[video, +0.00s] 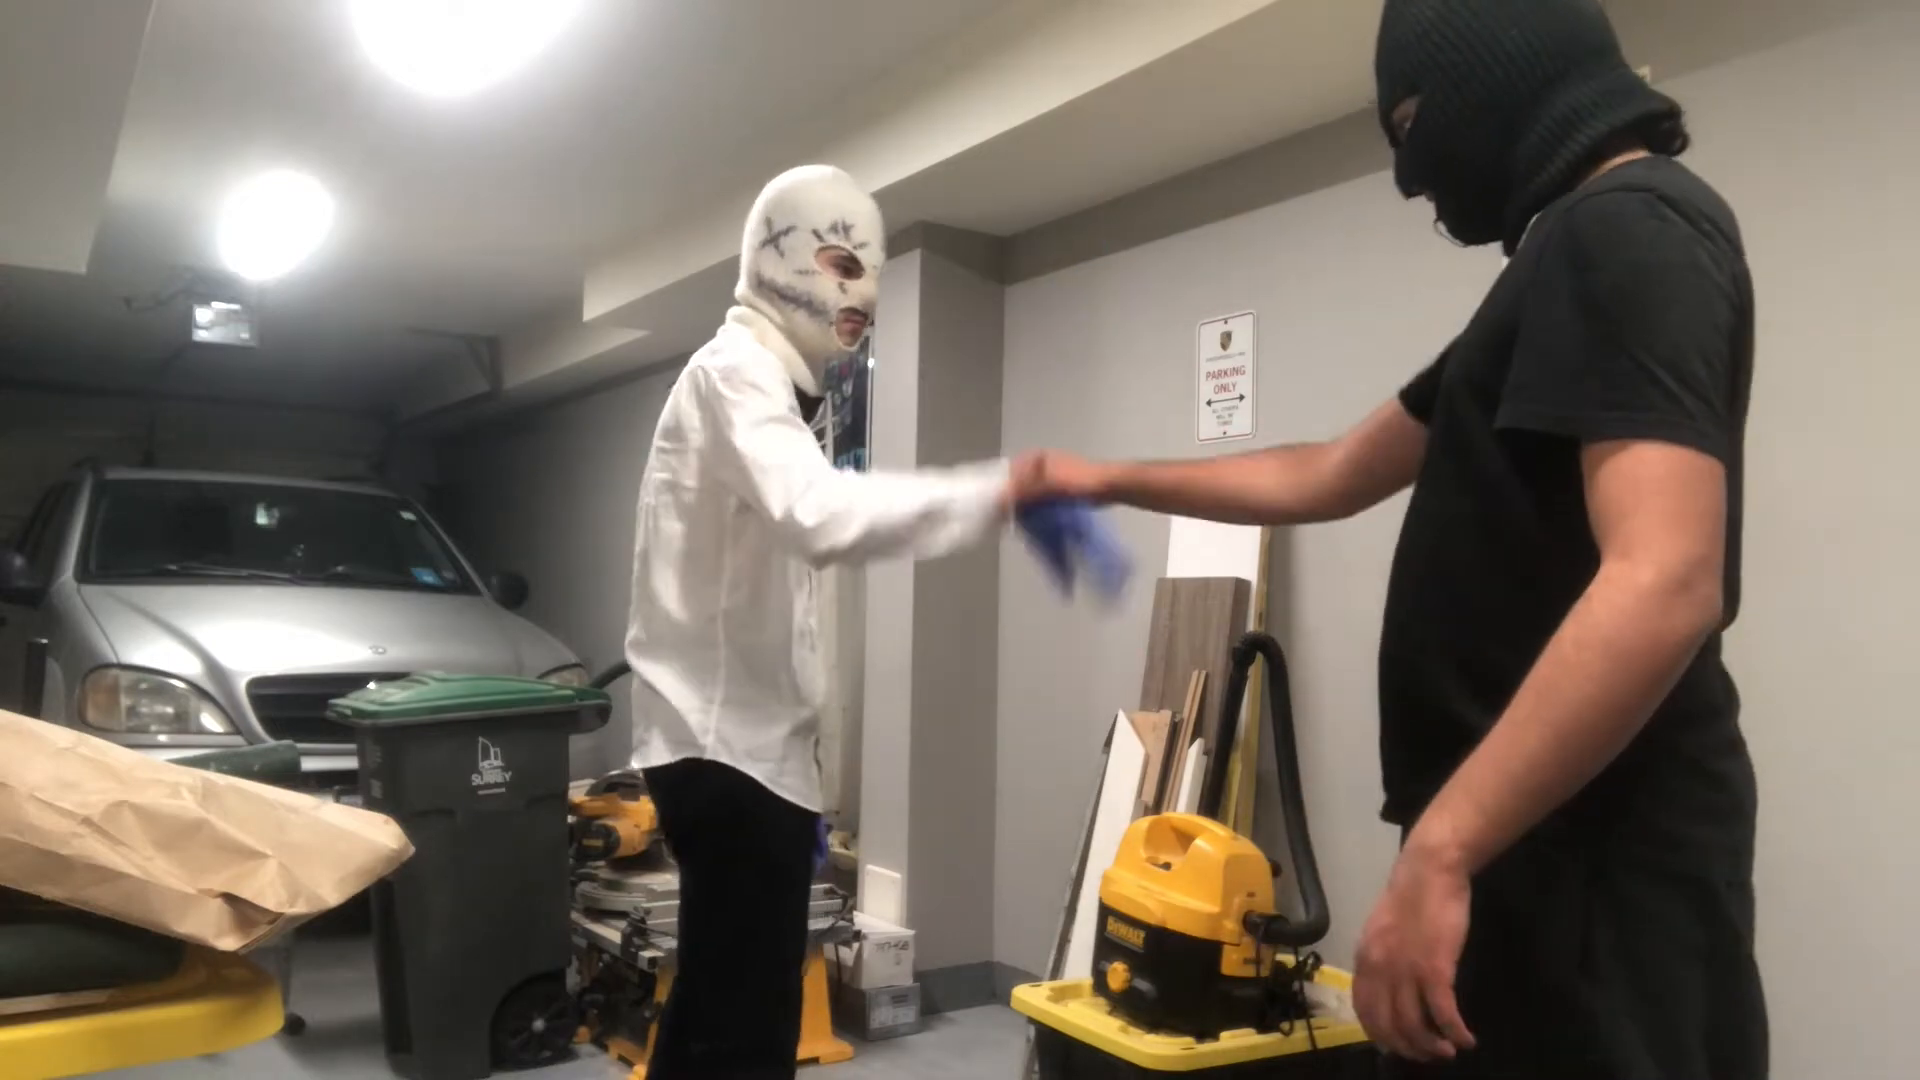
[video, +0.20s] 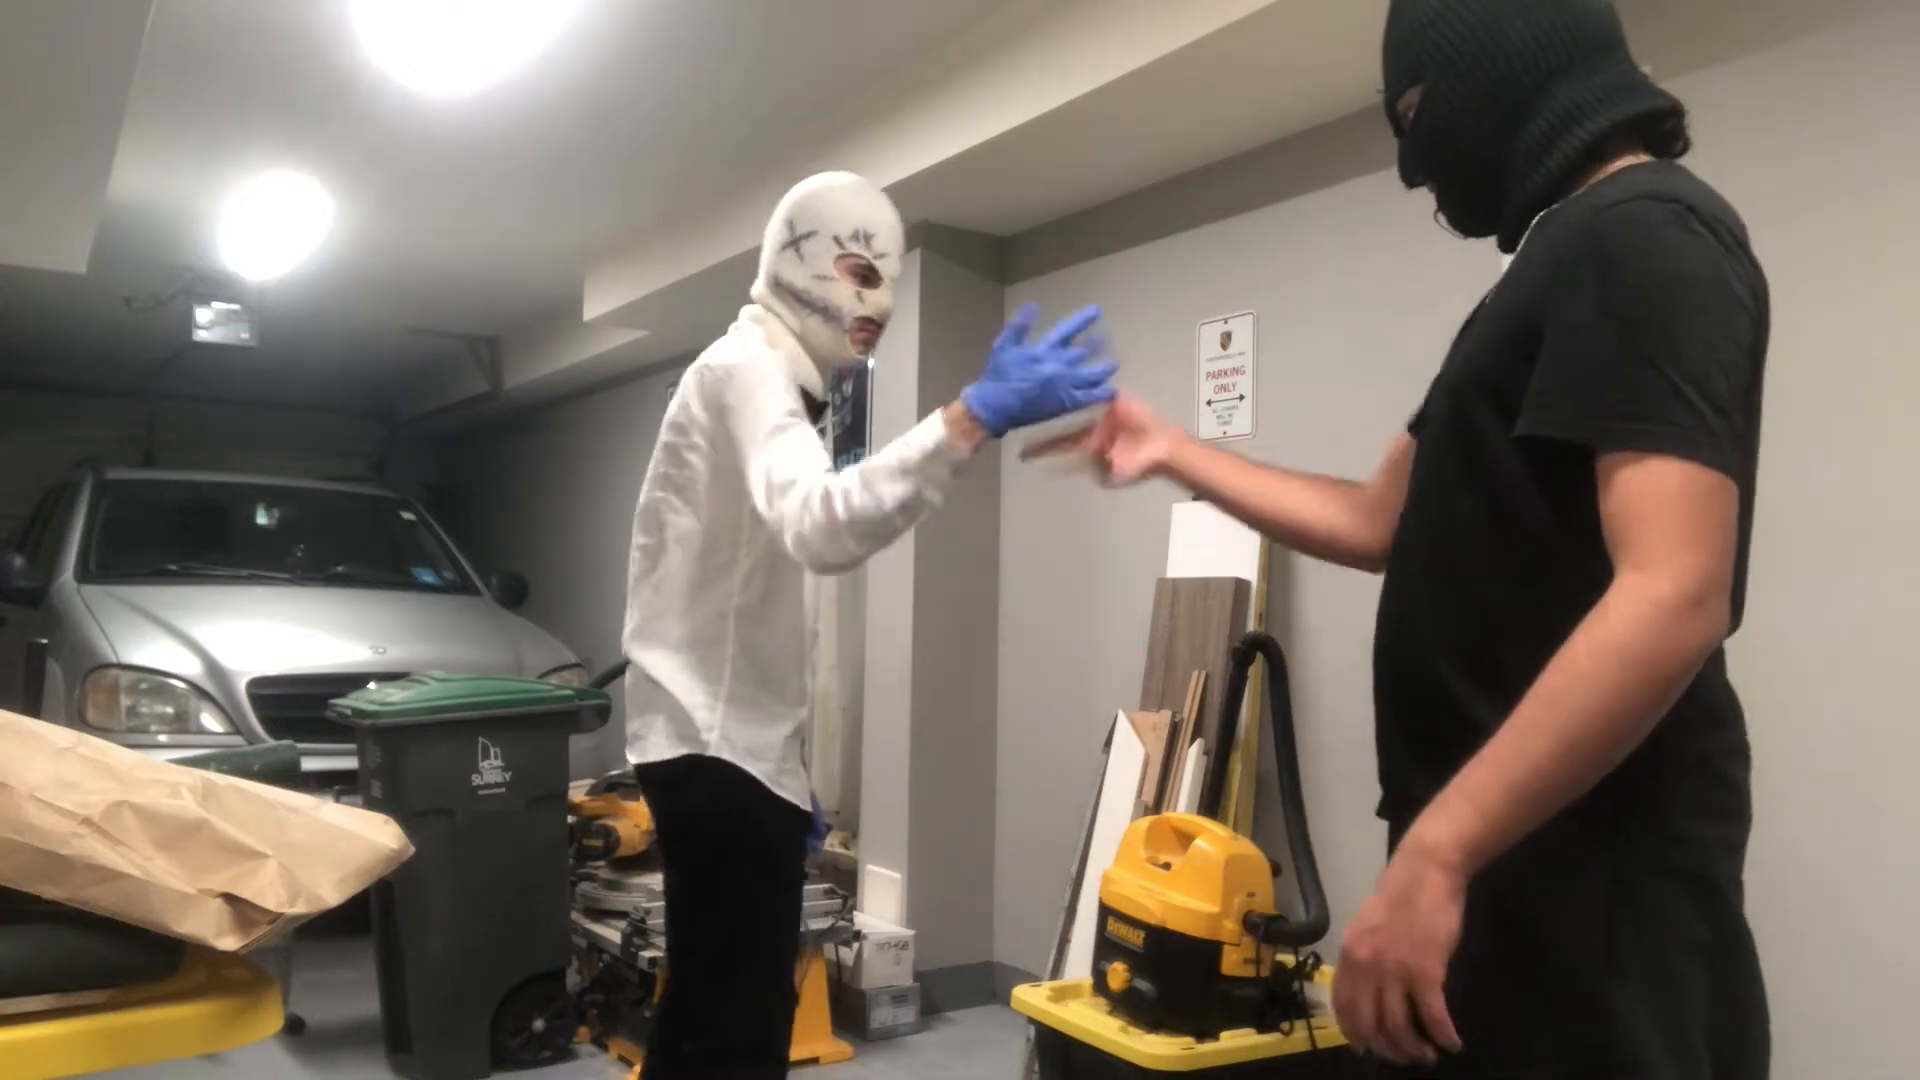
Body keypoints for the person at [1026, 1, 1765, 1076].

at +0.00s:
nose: (1401, 171)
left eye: (1403, 122)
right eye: (1393, 135)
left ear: (1476, 82)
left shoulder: (1624, 225)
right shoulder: (1556, 263)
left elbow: (1667, 580)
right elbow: (1329, 474)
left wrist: (1438, 851)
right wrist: (1111, 479)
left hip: (1598, 869)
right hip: (1525, 866)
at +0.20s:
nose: (1405, 159)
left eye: (1410, 111)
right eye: (1396, 124)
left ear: (1488, 68)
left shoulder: (1636, 233)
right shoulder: (1553, 265)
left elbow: (1677, 595)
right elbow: (1376, 521)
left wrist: (1433, 855)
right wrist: (1176, 451)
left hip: (1594, 921)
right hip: (1507, 915)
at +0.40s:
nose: (1404, 188)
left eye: (1403, 139)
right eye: (1394, 155)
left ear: (1475, 91)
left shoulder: (1617, 220)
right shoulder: (1560, 249)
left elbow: (1667, 577)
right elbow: (1368, 477)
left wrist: (1466, 869)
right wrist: (1163, 424)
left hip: (1593, 899)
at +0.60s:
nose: (1408, 214)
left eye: (1407, 171)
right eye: (1398, 184)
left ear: (1474, 115)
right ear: (1501, 113)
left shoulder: (1601, 210)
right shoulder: (1579, 251)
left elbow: (1663, 564)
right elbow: (1366, 484)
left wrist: (1511, 881)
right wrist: (1145, 496)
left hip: (1588, 871)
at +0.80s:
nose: (1422, 218)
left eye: (1420, 175)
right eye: (1411, 189)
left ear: (1487, 118)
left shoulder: (1607, 202)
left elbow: (1699, 548)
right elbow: (1336, 479)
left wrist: (1567, 889)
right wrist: (1126, 467)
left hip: (1582, 894)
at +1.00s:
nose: (1432, 222)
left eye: (1428, 183)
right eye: (1419, 194)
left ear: (1483, 125)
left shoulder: (1582, 169)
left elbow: (1638, 507)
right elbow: (1391, 522)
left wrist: (1469, 831)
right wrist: (1197, 427)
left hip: (1594, 875)